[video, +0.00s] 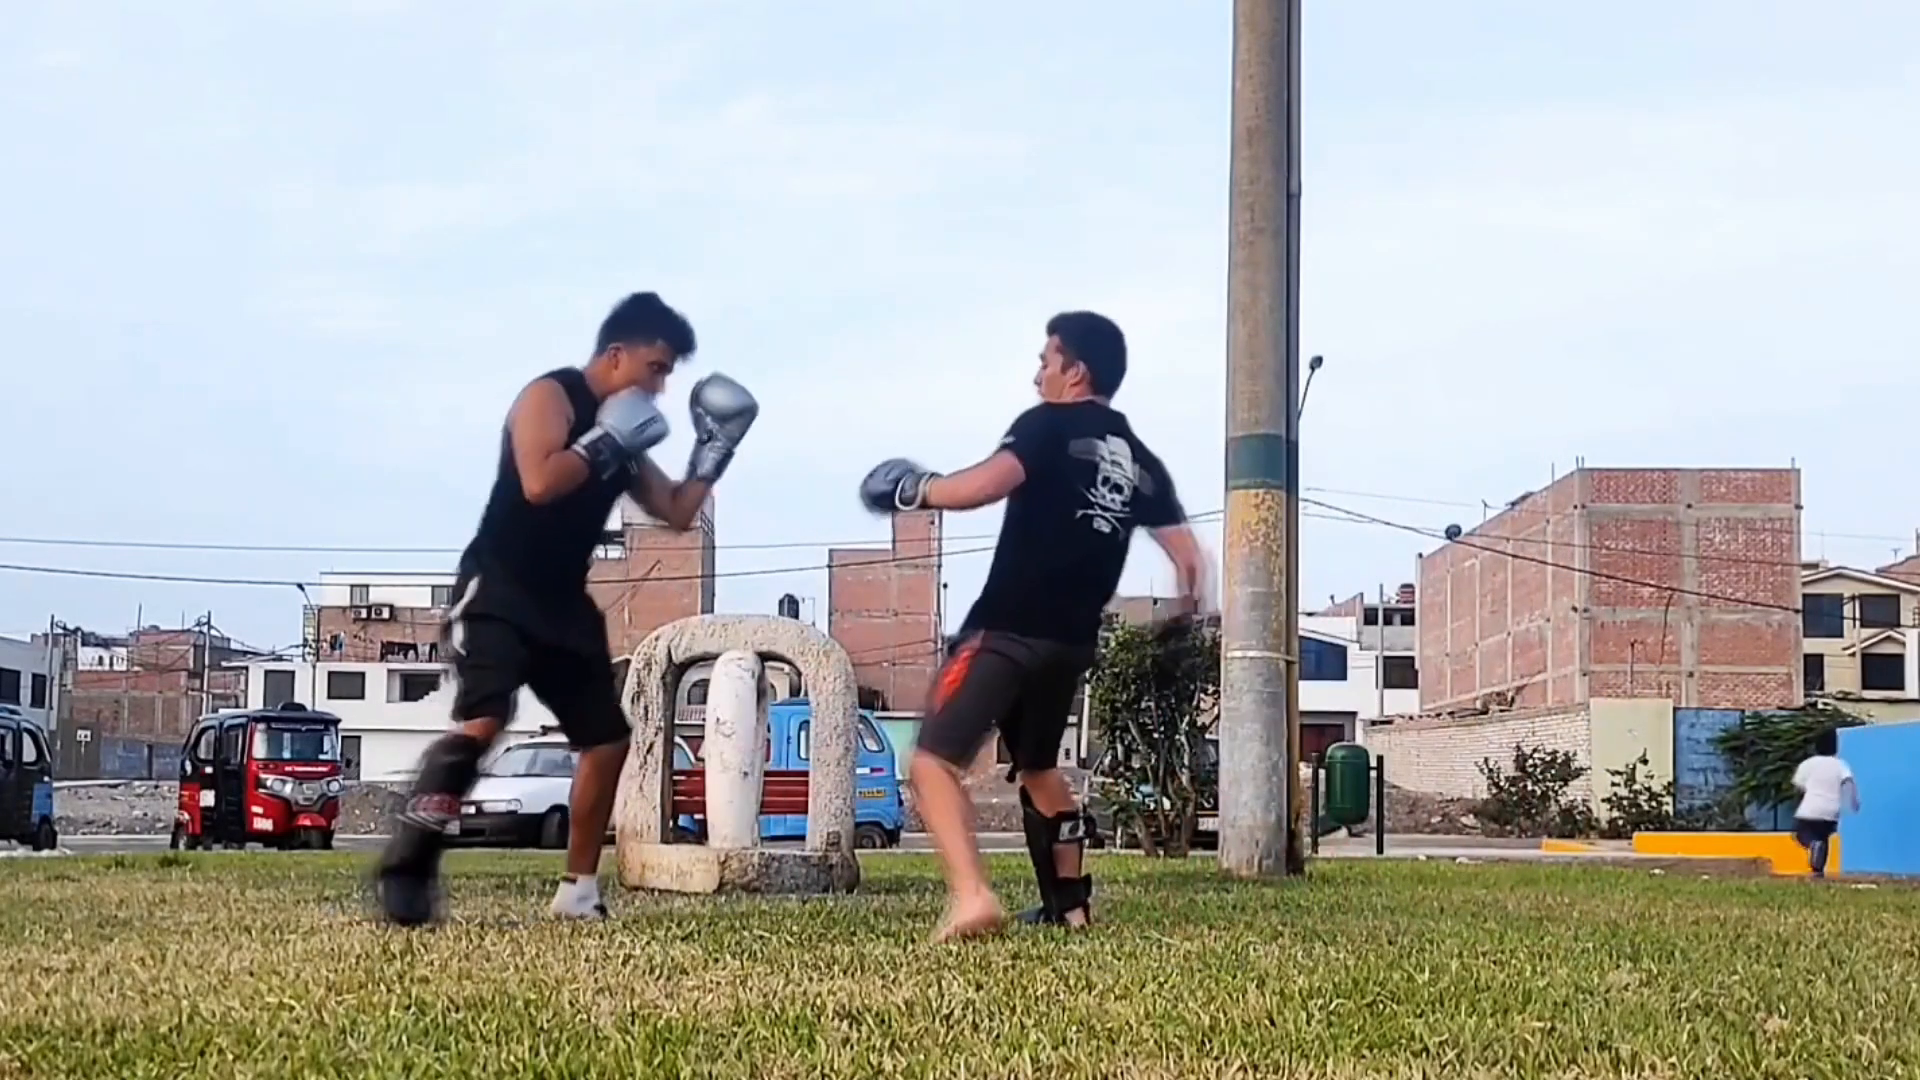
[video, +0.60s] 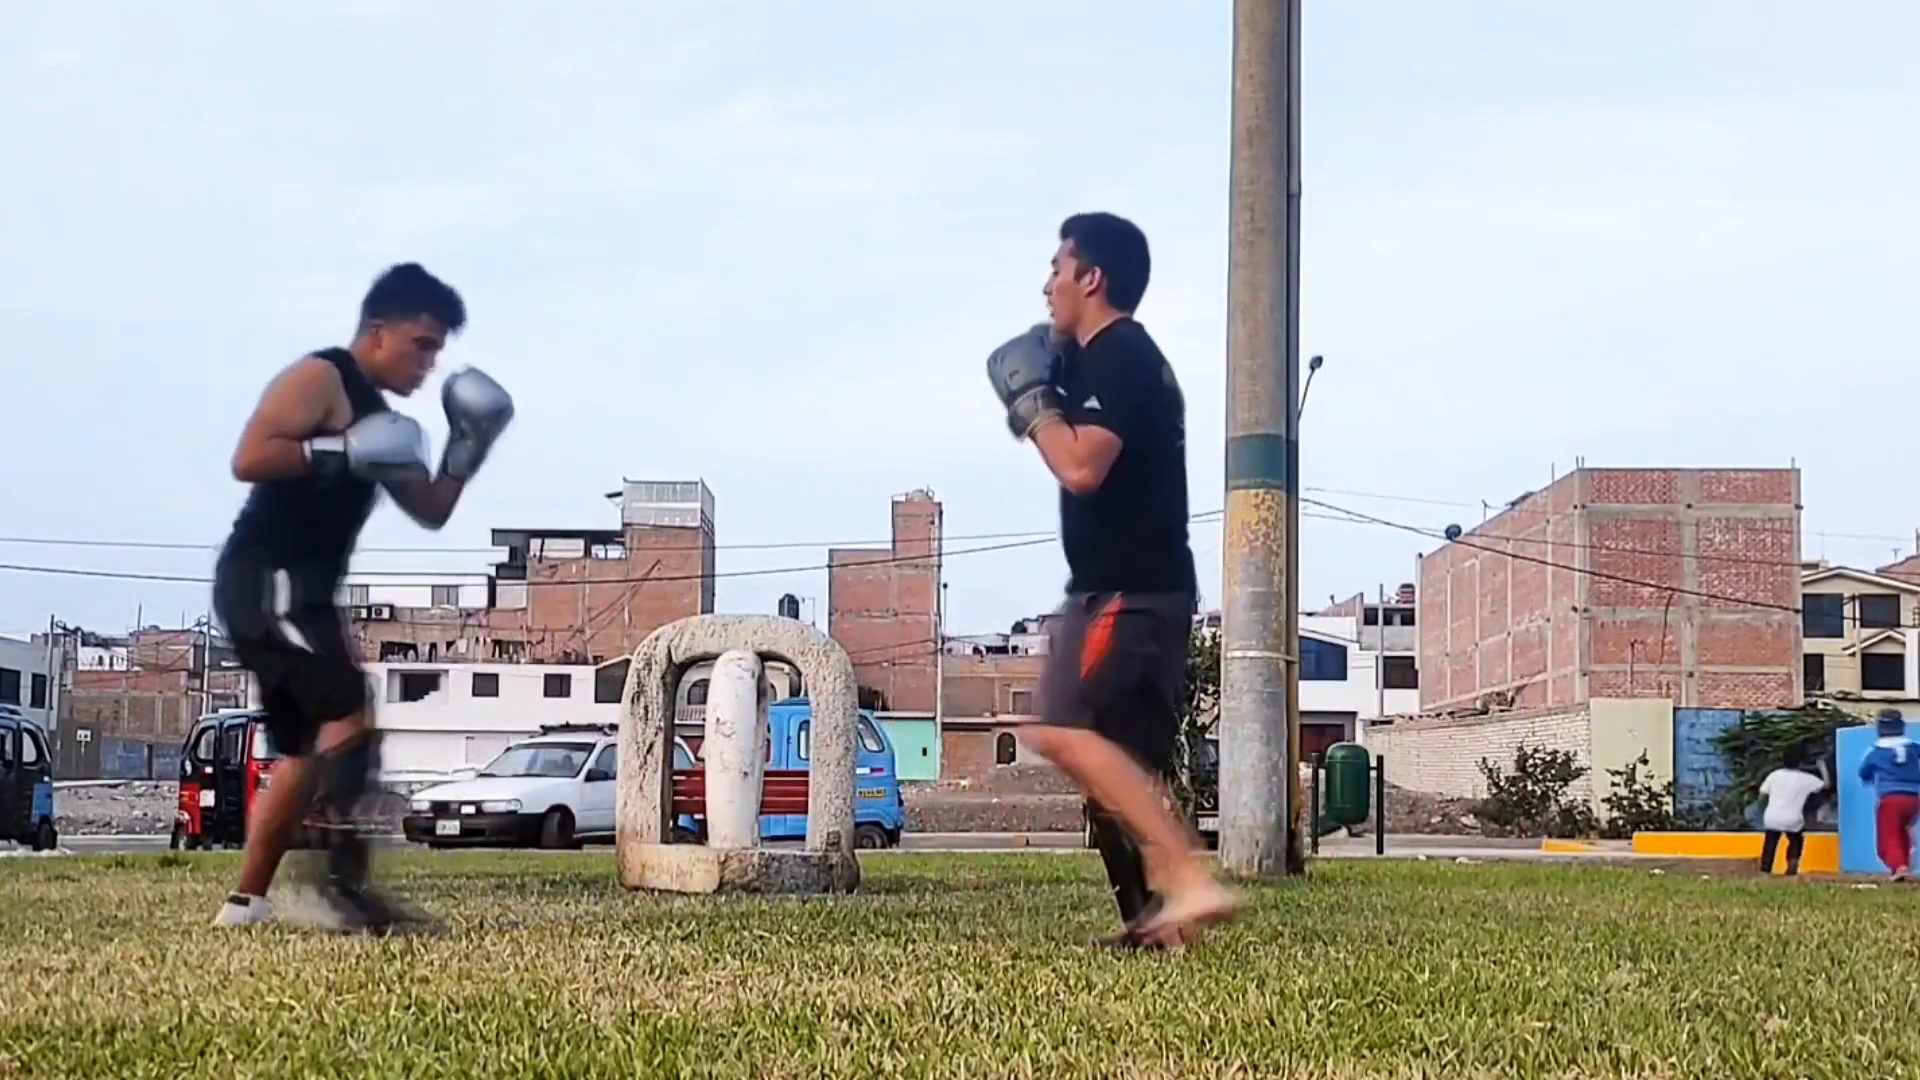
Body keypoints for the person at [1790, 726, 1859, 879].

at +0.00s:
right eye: (1832, 744)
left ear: (1817, 747)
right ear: (1834, 747)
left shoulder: (1809, 763)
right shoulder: (1840, 764)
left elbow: (1797, 783)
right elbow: (1849, 782)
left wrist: (1809, 790)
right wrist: (1854, 801)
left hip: (1810, 804)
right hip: (1831, 806)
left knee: (1801, 830)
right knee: (1823, 838)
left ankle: (1812, 844)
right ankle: (1818, 870)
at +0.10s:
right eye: (1825, 745)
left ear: (1807, 746)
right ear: (1823, 747)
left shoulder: (1796, 762)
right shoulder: (1830, 764)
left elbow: (1783, 779)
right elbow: (1838, 785)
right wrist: (1842, 806)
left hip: (1800, 808)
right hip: (1823, 809)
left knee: (1790, 831)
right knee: (1821, 841)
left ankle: (1796, 856)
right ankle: (1818, 866)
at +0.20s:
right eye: (1815, 747)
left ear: (1798, 748)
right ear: (1815, 749)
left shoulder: (1790, 762)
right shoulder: (1819, 765)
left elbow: (1770, 772)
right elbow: (1830, 785)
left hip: (1792, 809)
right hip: (1813, 809)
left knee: (1788, 843)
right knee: (1818, 840)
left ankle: (1783, 870)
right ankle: (1816, 855)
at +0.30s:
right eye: (1805, 750)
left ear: (1790, 752)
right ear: (1807, 753)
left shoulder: (1782, 768)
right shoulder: (1812, 770)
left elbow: (1762, 779)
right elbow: (1821, 791)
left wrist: (1751, 783)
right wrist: (1834, 800)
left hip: (1784, 815)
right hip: (1805, 815)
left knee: (1781, 845)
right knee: (1808, 839)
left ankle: (1782, 870)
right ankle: (1806, 859)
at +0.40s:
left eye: (1791, 751)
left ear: (1788, 752)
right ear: (1805, 753)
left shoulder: (1780, 767)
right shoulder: (1811, 770)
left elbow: (1765, 787)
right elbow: (1818, 792)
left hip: (1779, 811)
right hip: (1800, 813)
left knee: (1773, 835)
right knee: (1797, 842)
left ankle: (1778, 857)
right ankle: (1796, 868)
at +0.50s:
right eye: (1801, 756)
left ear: (1786, 757)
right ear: (1802, 759)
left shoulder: (1778, 773)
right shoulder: (1807, 776)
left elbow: (1764, 791)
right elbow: (1823, 792)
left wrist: (1758, 806)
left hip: (1775, 817)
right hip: (1795, 818)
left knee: (1771, 835)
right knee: (1792, 845)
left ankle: (1770, 856)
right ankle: (1791, 869)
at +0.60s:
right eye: (1798, 760)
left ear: (1784, 760)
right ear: (1799, 762)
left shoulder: (1775, 775)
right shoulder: (1806, 779)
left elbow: (1762, 793)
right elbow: (1826, 785)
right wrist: (1823, 766)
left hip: (1772, 818)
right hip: (1792, 820)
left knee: (1770, 844)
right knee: (1796, 841)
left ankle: (1765, 868)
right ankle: (1792, 867)